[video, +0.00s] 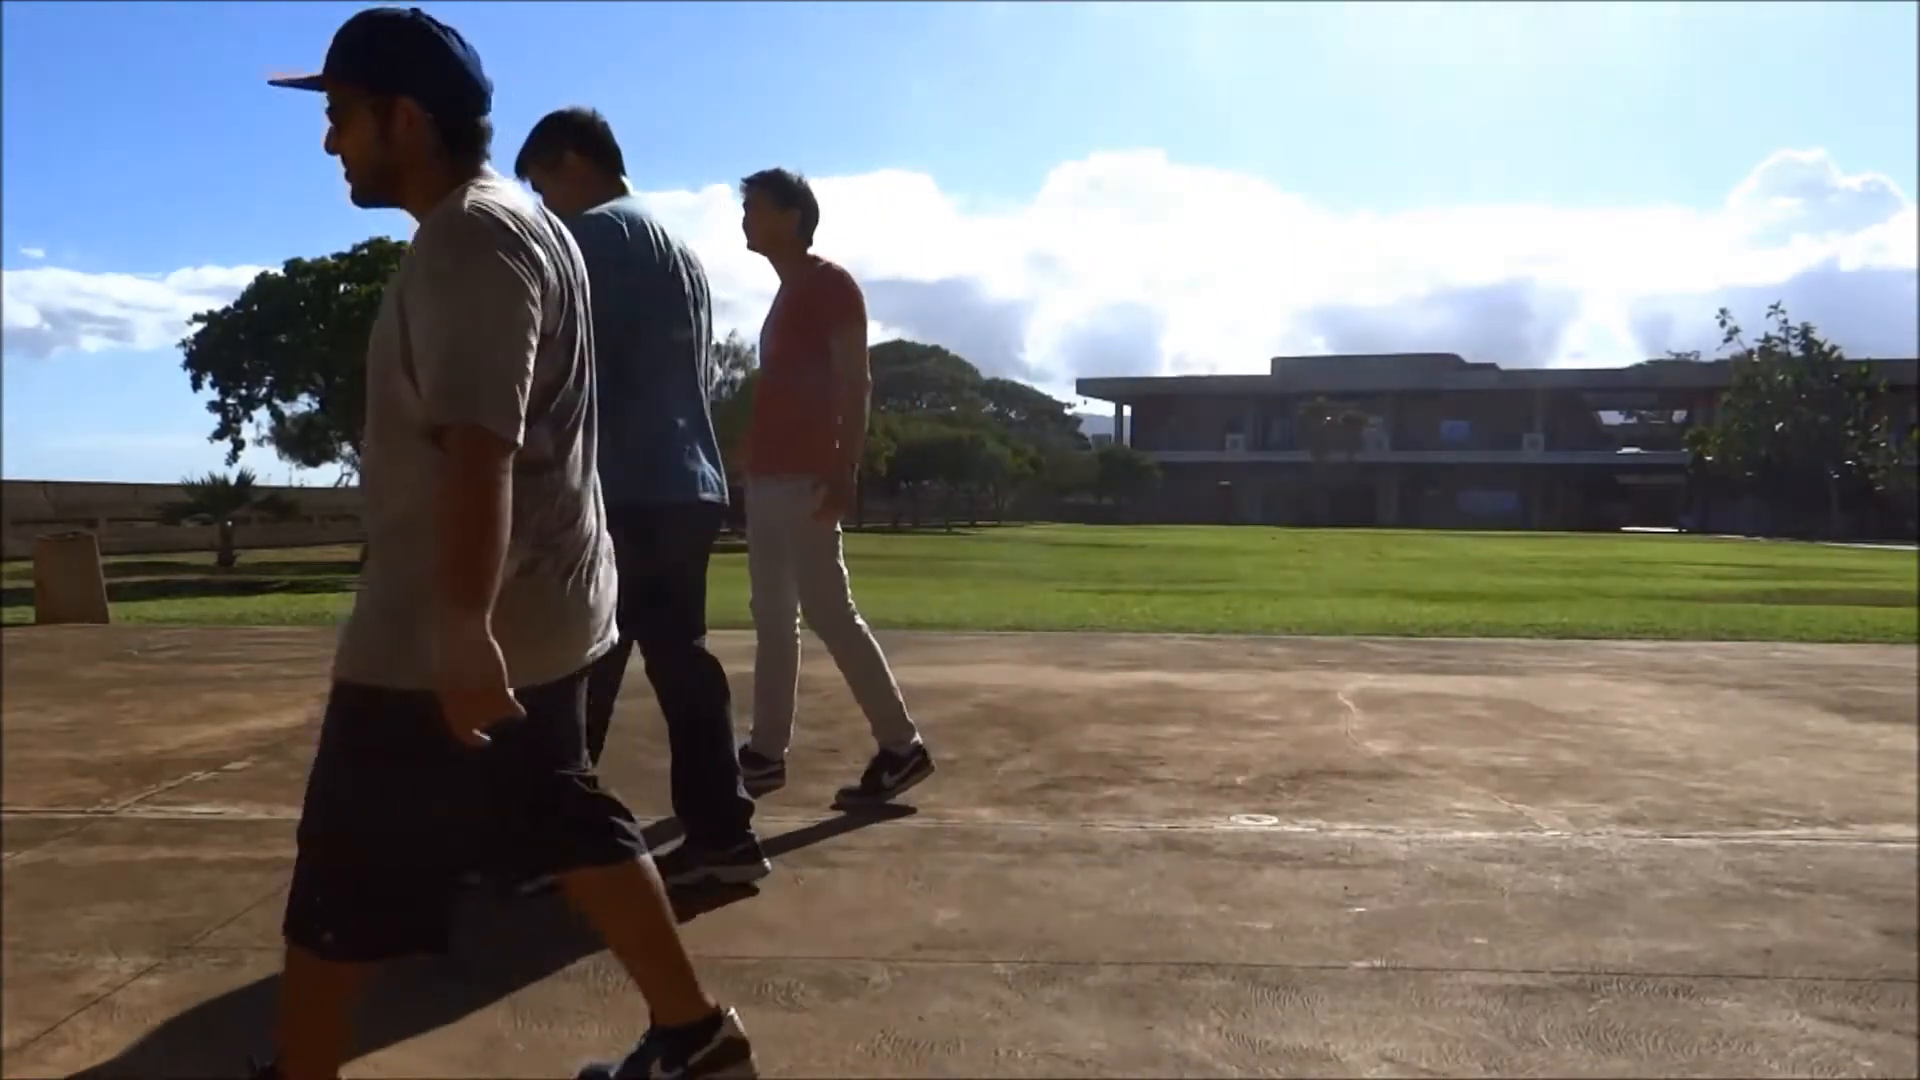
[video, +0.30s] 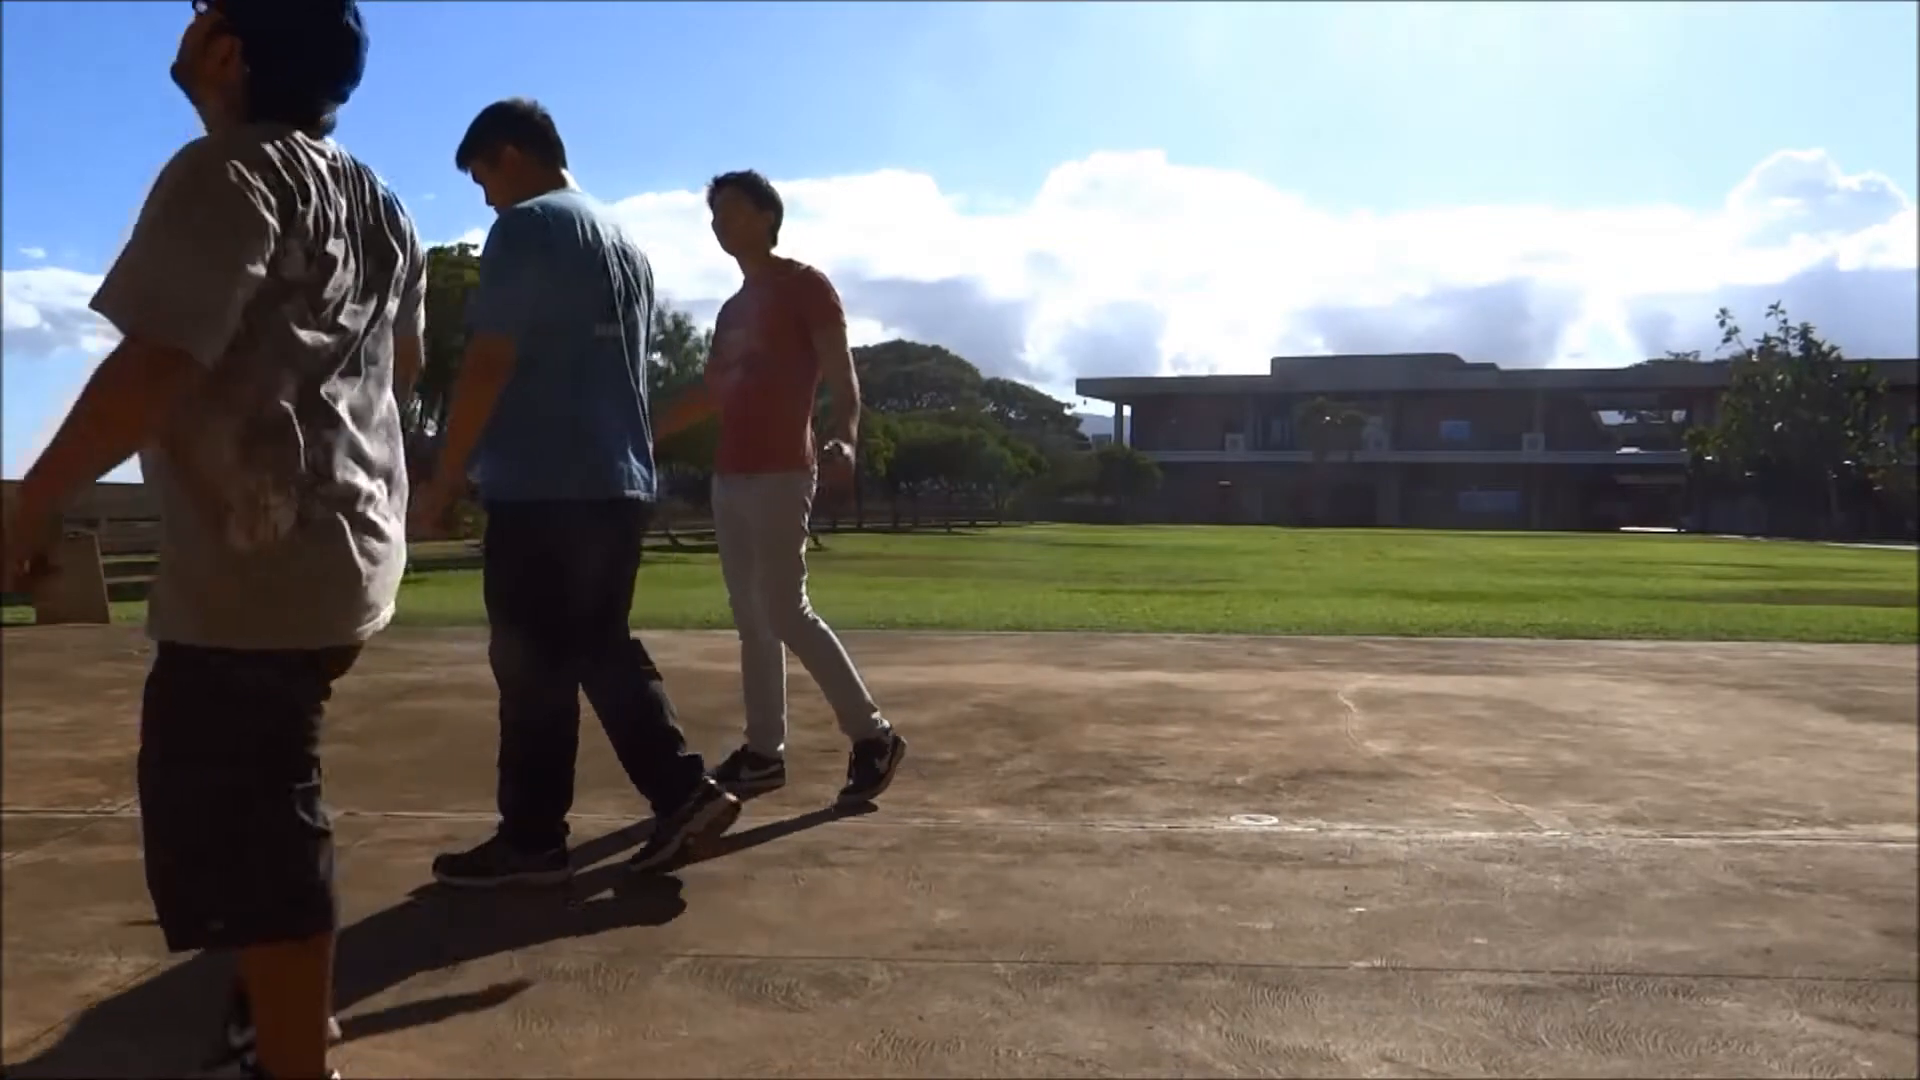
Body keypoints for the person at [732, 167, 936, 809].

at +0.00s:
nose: (743, 221)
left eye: (753, 209)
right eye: (744, 209)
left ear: (791, 217)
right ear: (779, 220)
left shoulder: (832, 285)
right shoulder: (787, 294)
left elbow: (855, 386)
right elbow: (779, 392)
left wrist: (846, 472)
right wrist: (752, 467)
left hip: (807, 478)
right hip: (766, 479)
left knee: (832, 616)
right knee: (772, 620)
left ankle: (902, 746)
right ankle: (764, 754)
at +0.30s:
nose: (716, 225)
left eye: (726, 213)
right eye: (714, 215)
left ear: (763, 215)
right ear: (723, 224)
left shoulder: (807, 287)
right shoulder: (731, 309)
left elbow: (844, 381)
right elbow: (711, 392)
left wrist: (845, 441)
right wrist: (649, 433)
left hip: (781, 477)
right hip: (730, 481)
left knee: (787, 614)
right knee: (751, 620)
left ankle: (873, 739)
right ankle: (763, 752)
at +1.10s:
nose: (757, 224)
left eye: (770, 214)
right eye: (747, 213)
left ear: (787, 226)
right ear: (729, 224)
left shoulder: (811, 295)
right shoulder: (702, 305)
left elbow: (885, 336)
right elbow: (631, 349)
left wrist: (887, 351)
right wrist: (603, 350)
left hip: (795, 486)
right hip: (725, 488)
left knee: (817, 622)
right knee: (740, 627)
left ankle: (848, 760)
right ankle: (761, 753)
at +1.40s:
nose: (794, 225)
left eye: (807, 216)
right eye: (784, 214)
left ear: (824, 229)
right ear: (766, 223)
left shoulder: (841, 300)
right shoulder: (729, 300)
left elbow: (927, 338)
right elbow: (642, 327)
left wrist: (888, 273)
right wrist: (663, 259)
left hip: (824, 488)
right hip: (750, 488)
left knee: (847, 626)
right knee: (747, 628)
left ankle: (856, 761)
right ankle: (761, 755)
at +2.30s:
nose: (884, 215)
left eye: (896, 206)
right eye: (873, 206)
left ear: (915, 218)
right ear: (855, 218)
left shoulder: (932, 304)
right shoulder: (822, 281)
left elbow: (1015, 349)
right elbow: (735, 289)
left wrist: (1002, 286)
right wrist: (771, 238)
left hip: (891, 483)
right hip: (818, 475)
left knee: (876, 626)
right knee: (785, 614)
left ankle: (859, 761)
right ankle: (760, 745)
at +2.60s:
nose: (910, 213)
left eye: (917, 203)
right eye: (896, 203)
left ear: (928, 215)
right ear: (868, 216)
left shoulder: (946, 306)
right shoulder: (831, 284)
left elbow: (1010, 376)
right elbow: (746, 326)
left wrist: (978, 352)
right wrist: (805, 325)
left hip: (907, 482)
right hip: (838, 476)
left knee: (882, 625)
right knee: (829, 621)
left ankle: (859, 760)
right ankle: (811, 760)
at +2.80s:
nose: (924, 210)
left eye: (925, 200)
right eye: (909, 200)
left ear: (926, 215)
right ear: (873, 215)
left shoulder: (951, 305)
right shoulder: (835, 289)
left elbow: (983, 389)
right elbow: (777, 371)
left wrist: (973, 427)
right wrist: (820, 404)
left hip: (916, 480)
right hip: (851, 476)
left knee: (890, 620)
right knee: (865, 615)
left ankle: (865, 754)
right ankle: (860, 760)